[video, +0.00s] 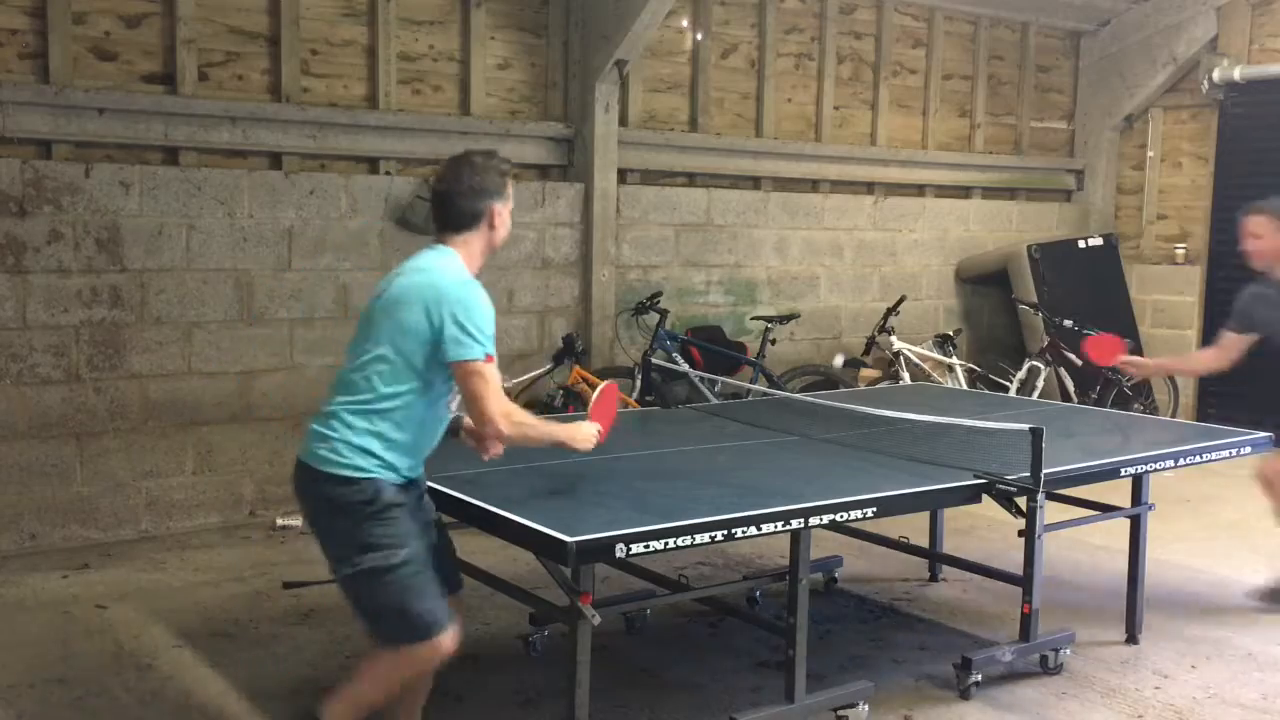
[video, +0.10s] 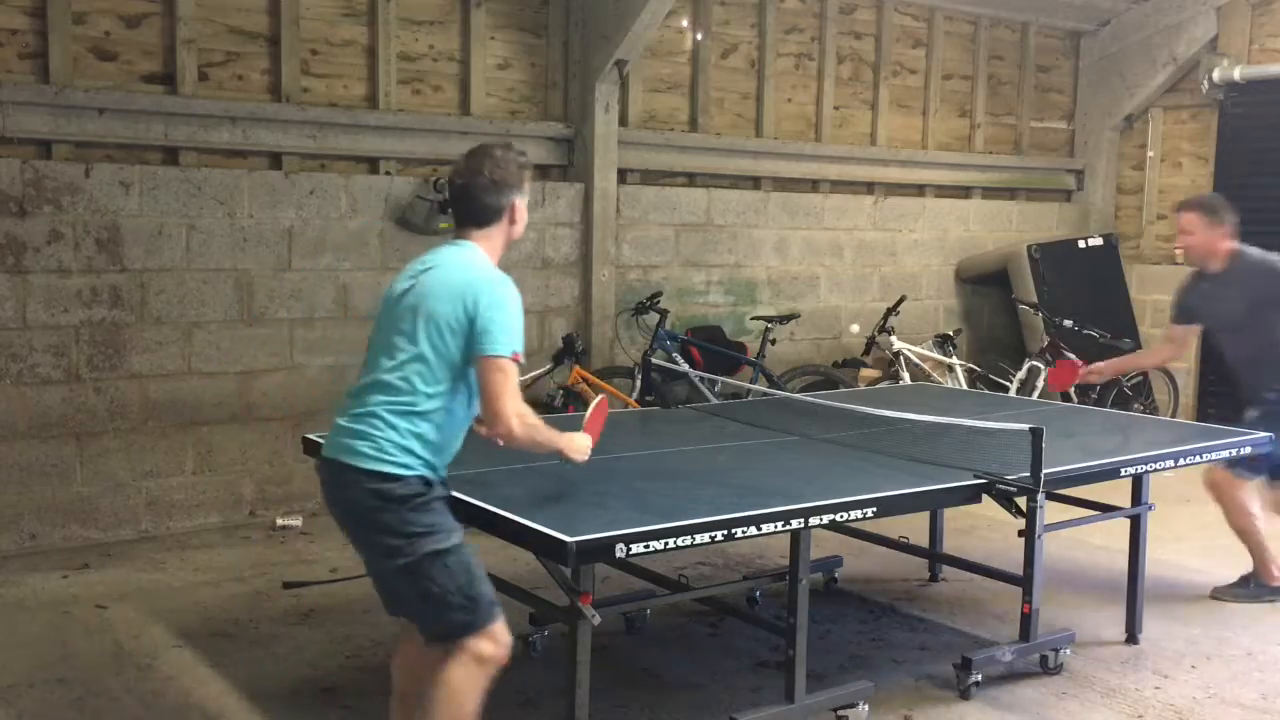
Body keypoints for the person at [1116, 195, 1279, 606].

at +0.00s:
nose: (1248, 246)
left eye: (1259, 236)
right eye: (1246, 236)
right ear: (1244, 240)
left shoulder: (1262, 296)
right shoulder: (1262, 294)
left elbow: (1220, 357)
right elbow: (1220, 356)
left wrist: (1151, 365)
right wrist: (1152, 365)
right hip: (1274, 417)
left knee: (1270, 472)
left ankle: (1279, 585)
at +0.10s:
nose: (1180, 242)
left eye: (1188, 232)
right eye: (1179, 233)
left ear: (1222, 233)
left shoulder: (1268, 271)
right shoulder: (1195, 289)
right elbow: (1172, 348)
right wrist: (1107, 368)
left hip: (1276, 401)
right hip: (1257, 403)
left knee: (1223, 477)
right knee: (1271, 498)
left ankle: (1268, 575)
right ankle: (1266, 573)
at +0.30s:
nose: (1042, 248)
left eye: (1047, 238)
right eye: (1040, 240)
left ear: (1074, 232)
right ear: (1063, 237)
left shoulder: (1112, 255)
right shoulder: (1070, 279)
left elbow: (1163, 295)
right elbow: (1085, 347)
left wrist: (1122, 342)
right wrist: (1054, 394)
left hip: (1173, 373)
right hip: (1133, 379)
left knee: (1159, 476)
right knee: (1082, 438)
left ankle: (1251, 557)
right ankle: (1055, 522)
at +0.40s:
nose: (985, 253)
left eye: (988, 244)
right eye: (984, 245)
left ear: (1012, 240)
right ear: (1007, 243)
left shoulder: (1050, 262)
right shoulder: (1021, 291)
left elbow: (1108, 292)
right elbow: (1020, 358)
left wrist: (1080, 349)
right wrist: (998, 412)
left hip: (1103, 382)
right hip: (1072, 386)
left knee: (1100, 485)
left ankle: (1198, 528)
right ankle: (994, 521)